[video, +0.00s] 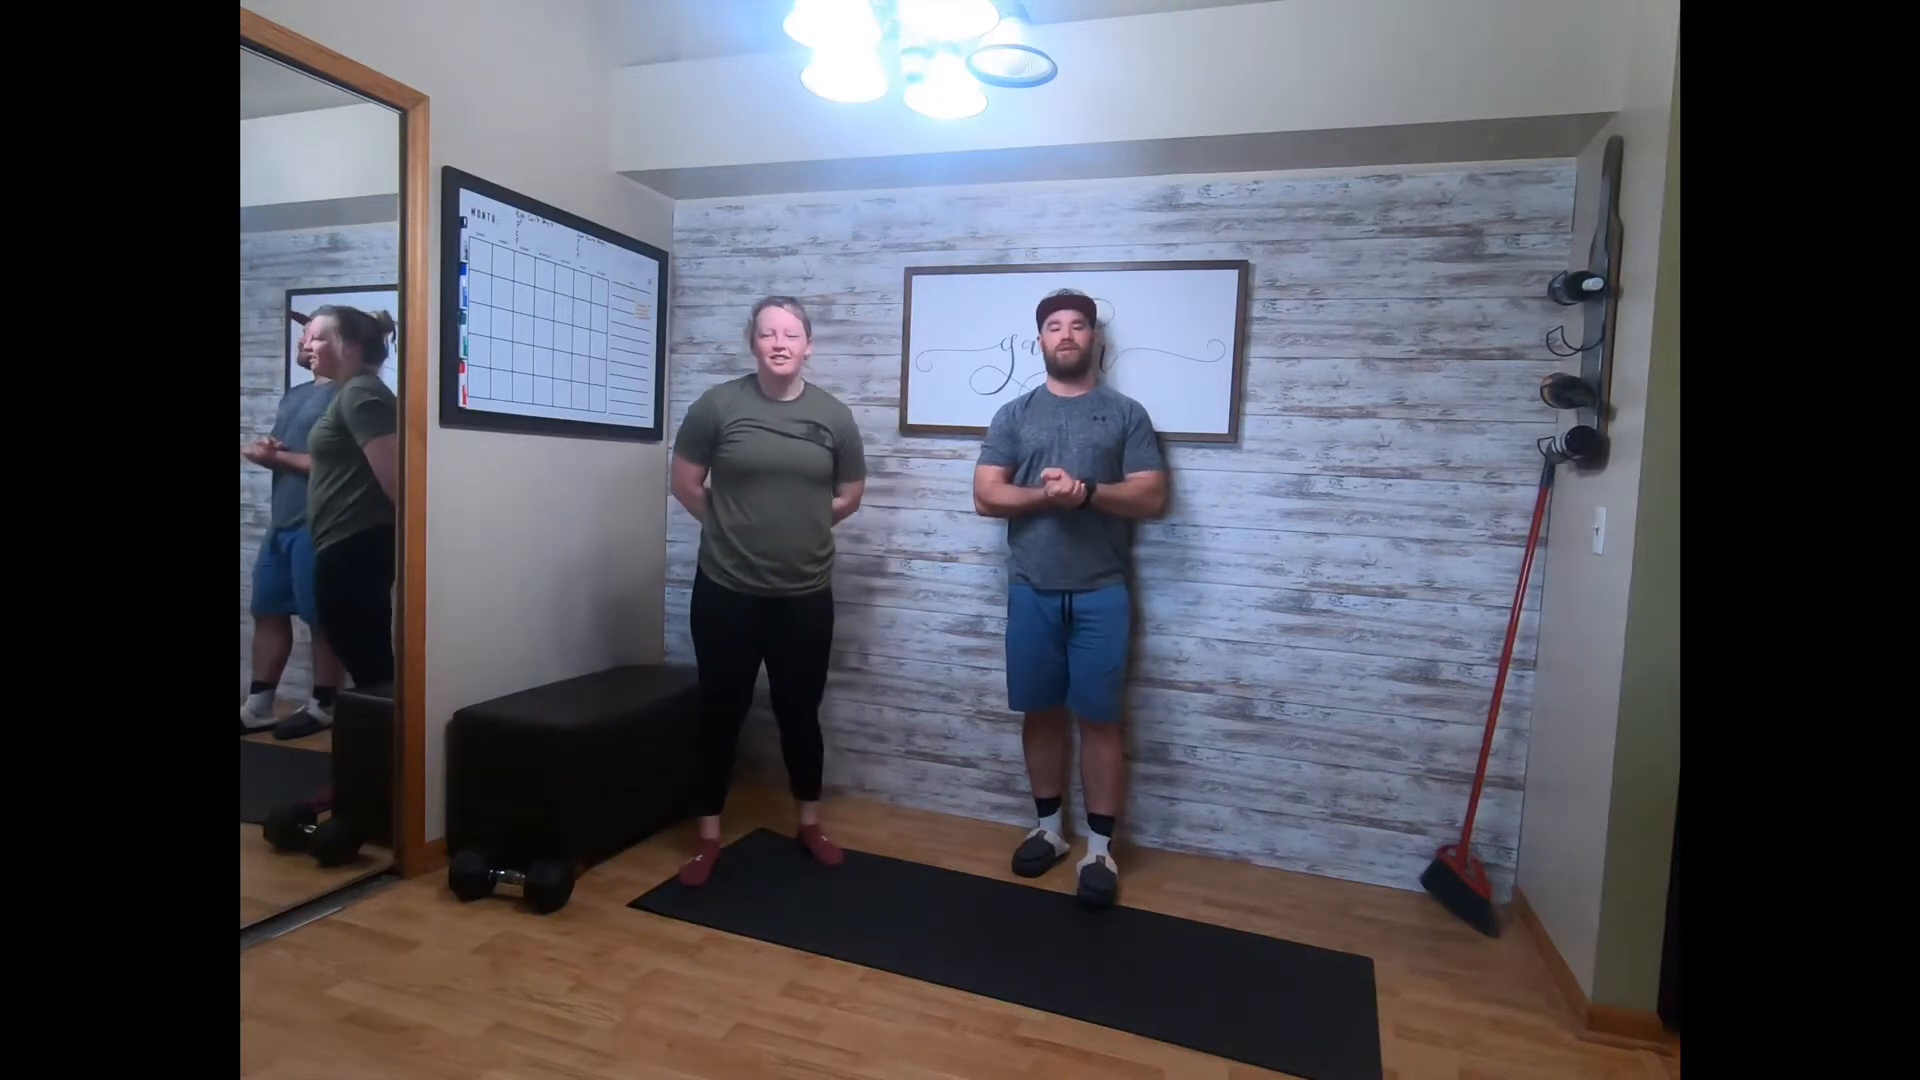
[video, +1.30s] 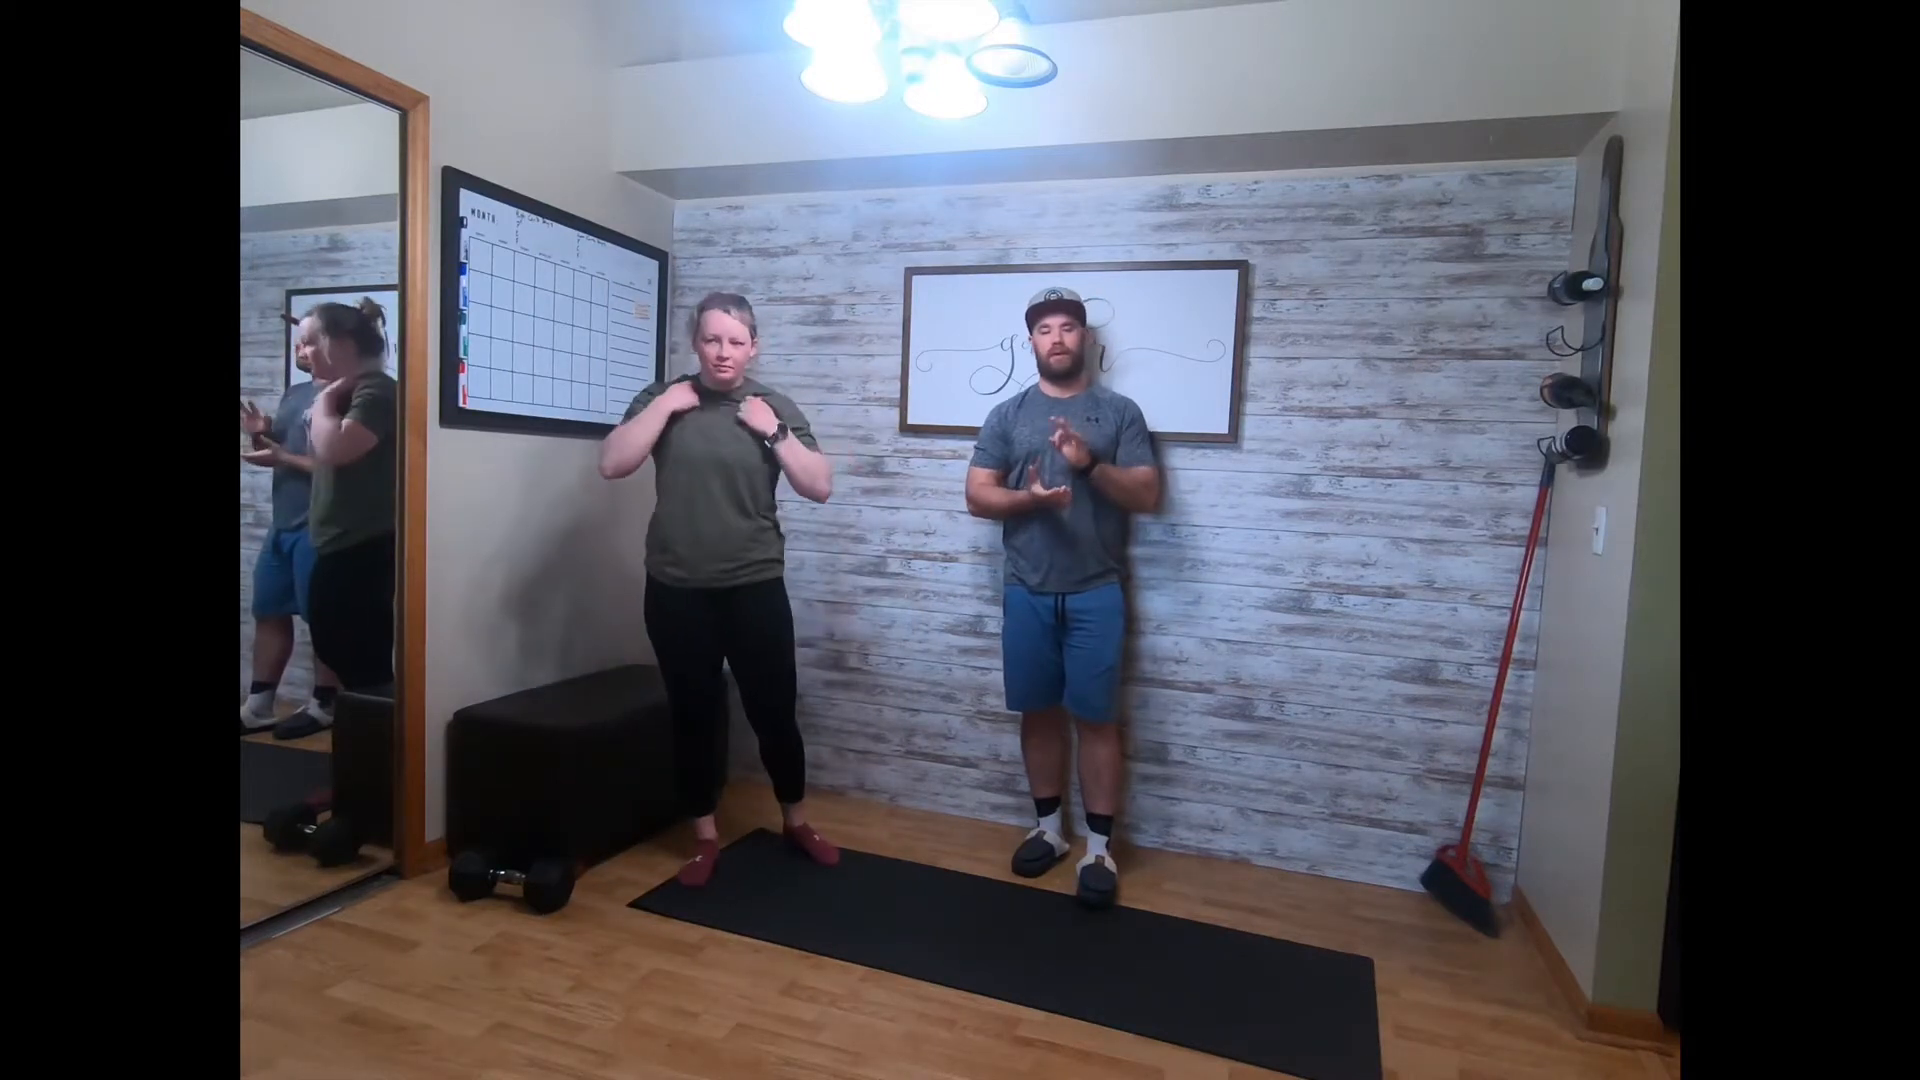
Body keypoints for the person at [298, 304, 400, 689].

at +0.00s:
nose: (311, 348)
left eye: (319, 339)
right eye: (312, 340)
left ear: (349, 345)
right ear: (349, 347)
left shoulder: (361, 393)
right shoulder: (348, 394)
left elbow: (398, 482)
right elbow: (338, 468)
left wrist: (425, 534)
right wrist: (282, 454)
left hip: (358, 540)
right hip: (345, 539)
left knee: (362, 650)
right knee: (360, 649)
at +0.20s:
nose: (309, 342)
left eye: (318, 335)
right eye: (310, 334)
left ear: (347, 343)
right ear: (349, 344)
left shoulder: (360, 389)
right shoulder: (346, 391)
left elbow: (399, 444)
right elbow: (337, 466)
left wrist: (384, 500)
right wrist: (283, 457)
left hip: (356, 542)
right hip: (340, 542)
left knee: (361, 657)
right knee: (357, 655)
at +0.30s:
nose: (311, 341)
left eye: (320, 334)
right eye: (312, 333)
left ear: (349, 343)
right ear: (351, 344)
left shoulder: (362, 386)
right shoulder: (348, 390)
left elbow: (390, 444)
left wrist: (336, 486)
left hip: (357, 543)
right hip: (343, 541)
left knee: (357, 651)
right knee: (349, 649)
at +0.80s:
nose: (315, 338)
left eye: (326, 331)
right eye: (318, 330)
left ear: (356, 342)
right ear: (348, 344)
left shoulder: (369, 386)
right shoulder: (346, 389)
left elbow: (358, 449)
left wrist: (318, 417)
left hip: (360, 543)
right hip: (340, 541)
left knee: (357, 655)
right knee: (346, 651)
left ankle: (375, 758)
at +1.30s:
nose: (309, 355)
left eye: (313, 343)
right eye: (308, 345)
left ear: (341, 343)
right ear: (348, 344)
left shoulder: (376, 392)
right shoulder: (349, 393)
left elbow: (333, 450)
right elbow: (329, 455)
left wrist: (324, 403)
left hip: (364, 548)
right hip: (342, 547)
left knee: (358, 655)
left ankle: (373, 756)